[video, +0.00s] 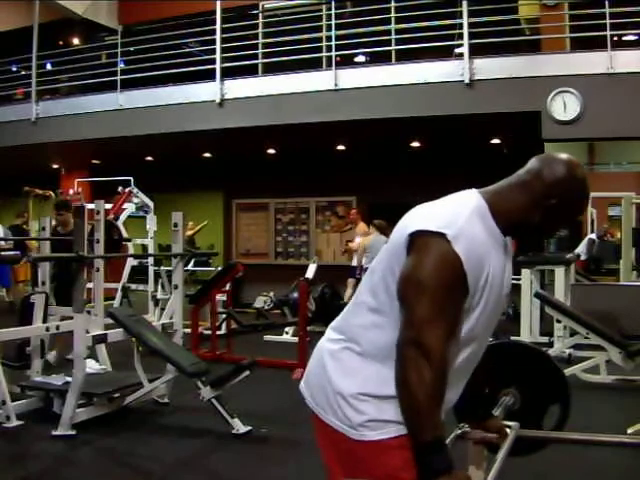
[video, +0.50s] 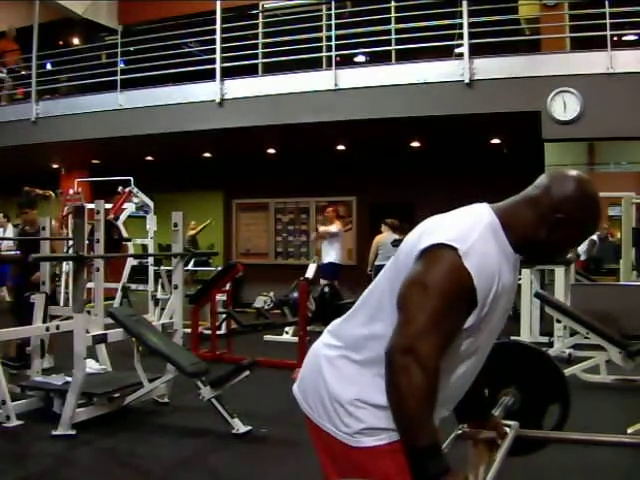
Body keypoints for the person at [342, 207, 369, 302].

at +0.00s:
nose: (350, 217)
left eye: (353, 214)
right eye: (350, 214)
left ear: (358, 215)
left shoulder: (361, 228)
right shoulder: (358, 227)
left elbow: (358, 245)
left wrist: (349, 246)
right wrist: (350, 246)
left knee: (351, 282)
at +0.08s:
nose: (347, 217)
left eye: (349, 215)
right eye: (346, 215)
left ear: (354, 216)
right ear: (346, 216)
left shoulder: (358, 228)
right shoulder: (353, 228)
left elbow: (350, 245)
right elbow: (351, 245)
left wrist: (343, 242)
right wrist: (343, 248)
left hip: (355, 263)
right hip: (353, 263)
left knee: (347, 286)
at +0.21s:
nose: (342, 217)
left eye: (344, 214)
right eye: (340, 215)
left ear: (349, 215)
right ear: (339, 216)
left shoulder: (352, 228)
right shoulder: (344, 227)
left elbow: (341, 243)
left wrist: (335, 238)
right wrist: (335, 240)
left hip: (349, 263)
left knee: (341, 286)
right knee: (353, 285)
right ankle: (369, 296)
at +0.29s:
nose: (337, 215)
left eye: (340, 213)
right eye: (336, 213)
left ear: (345, 214)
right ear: (335, 215)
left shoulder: (348, 227)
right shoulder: (339, 227)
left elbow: (335, 239)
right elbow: (329, 243)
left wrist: (330, 235)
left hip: (346, 262)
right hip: (338, 262)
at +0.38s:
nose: (332, 215)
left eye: (335, 213)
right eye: (332, 213)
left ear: (341, 214)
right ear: (331, 214)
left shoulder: (344, 226)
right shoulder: (336, 226)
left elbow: (330, 236)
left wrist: (326, 232)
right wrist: (327, 233)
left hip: (340, 261)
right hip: (334, 260)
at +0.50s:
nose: (326, 215)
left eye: (329, 212)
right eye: (326, 212)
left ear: (335, 213)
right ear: (325, 214)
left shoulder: (337, 225)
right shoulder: (328, 226)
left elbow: (333, 230)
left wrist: (320, 229)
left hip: (333, 259)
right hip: (325, 259)